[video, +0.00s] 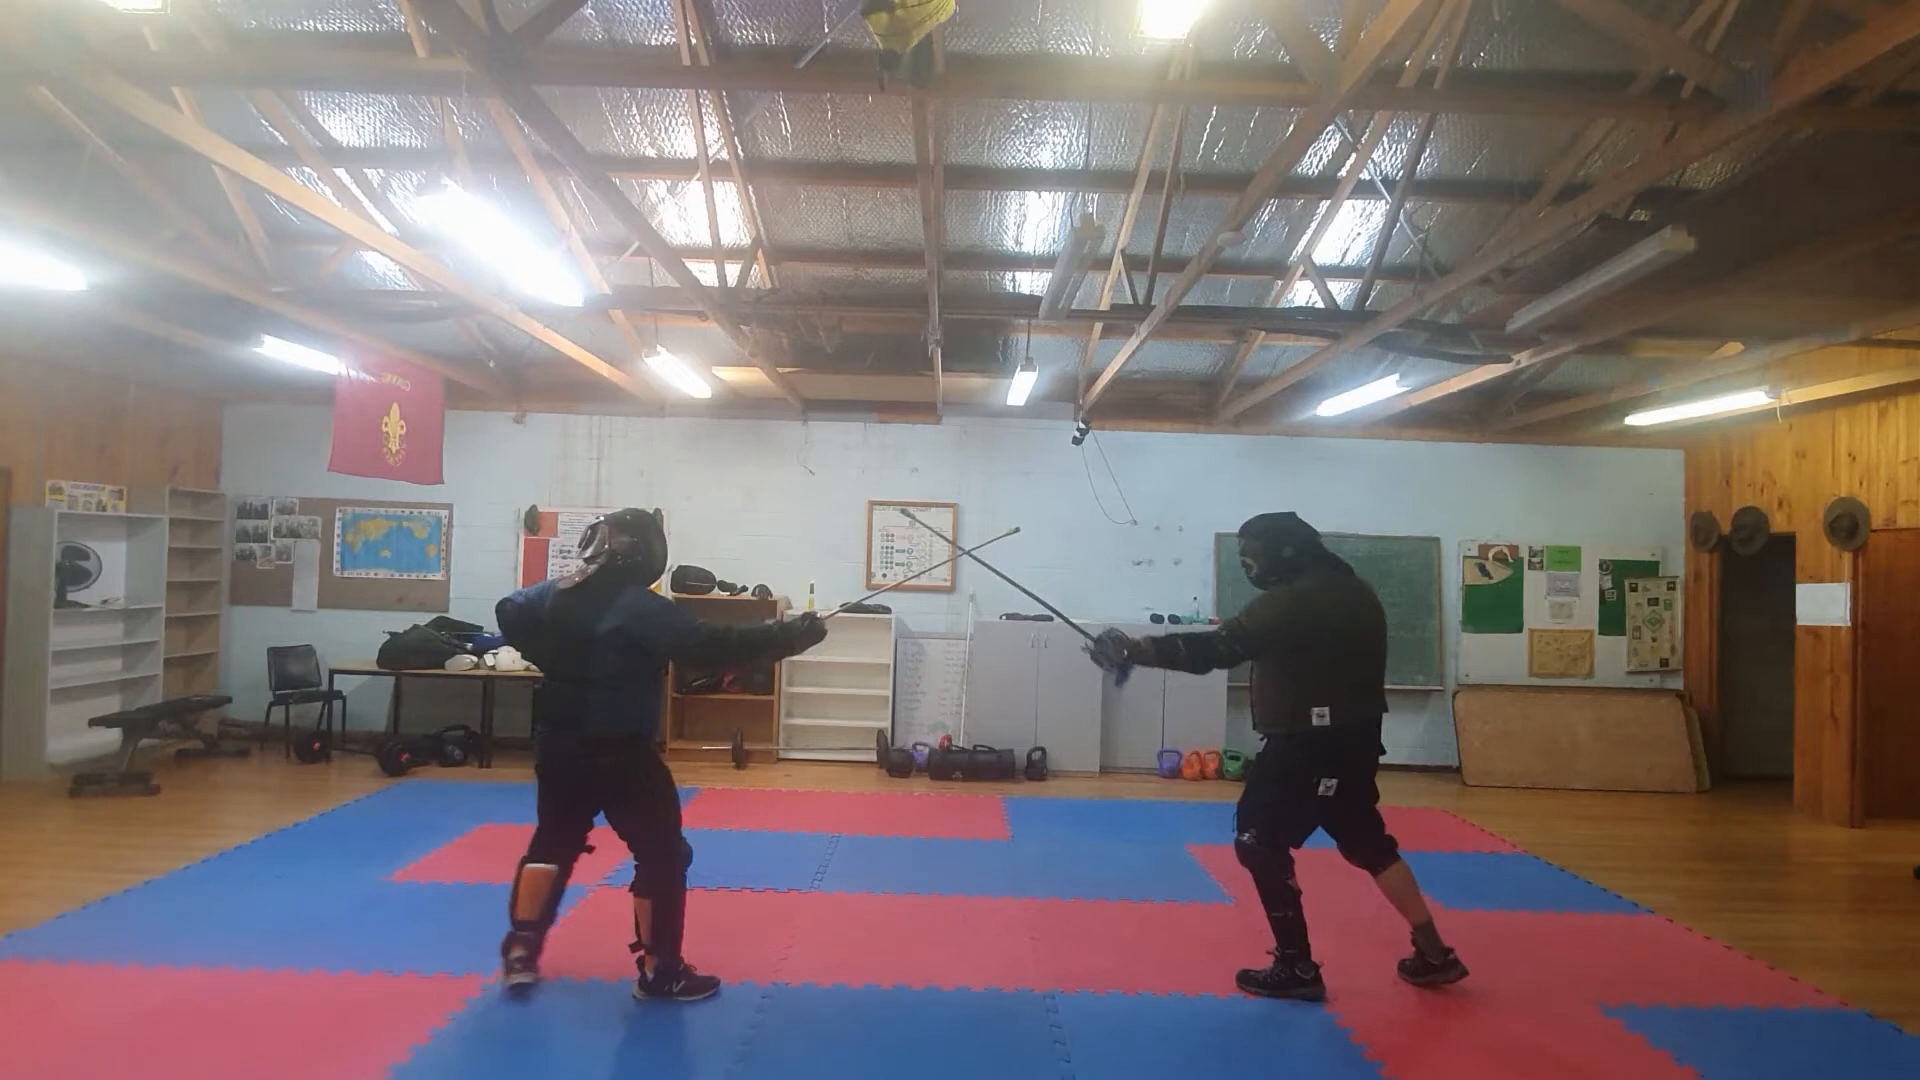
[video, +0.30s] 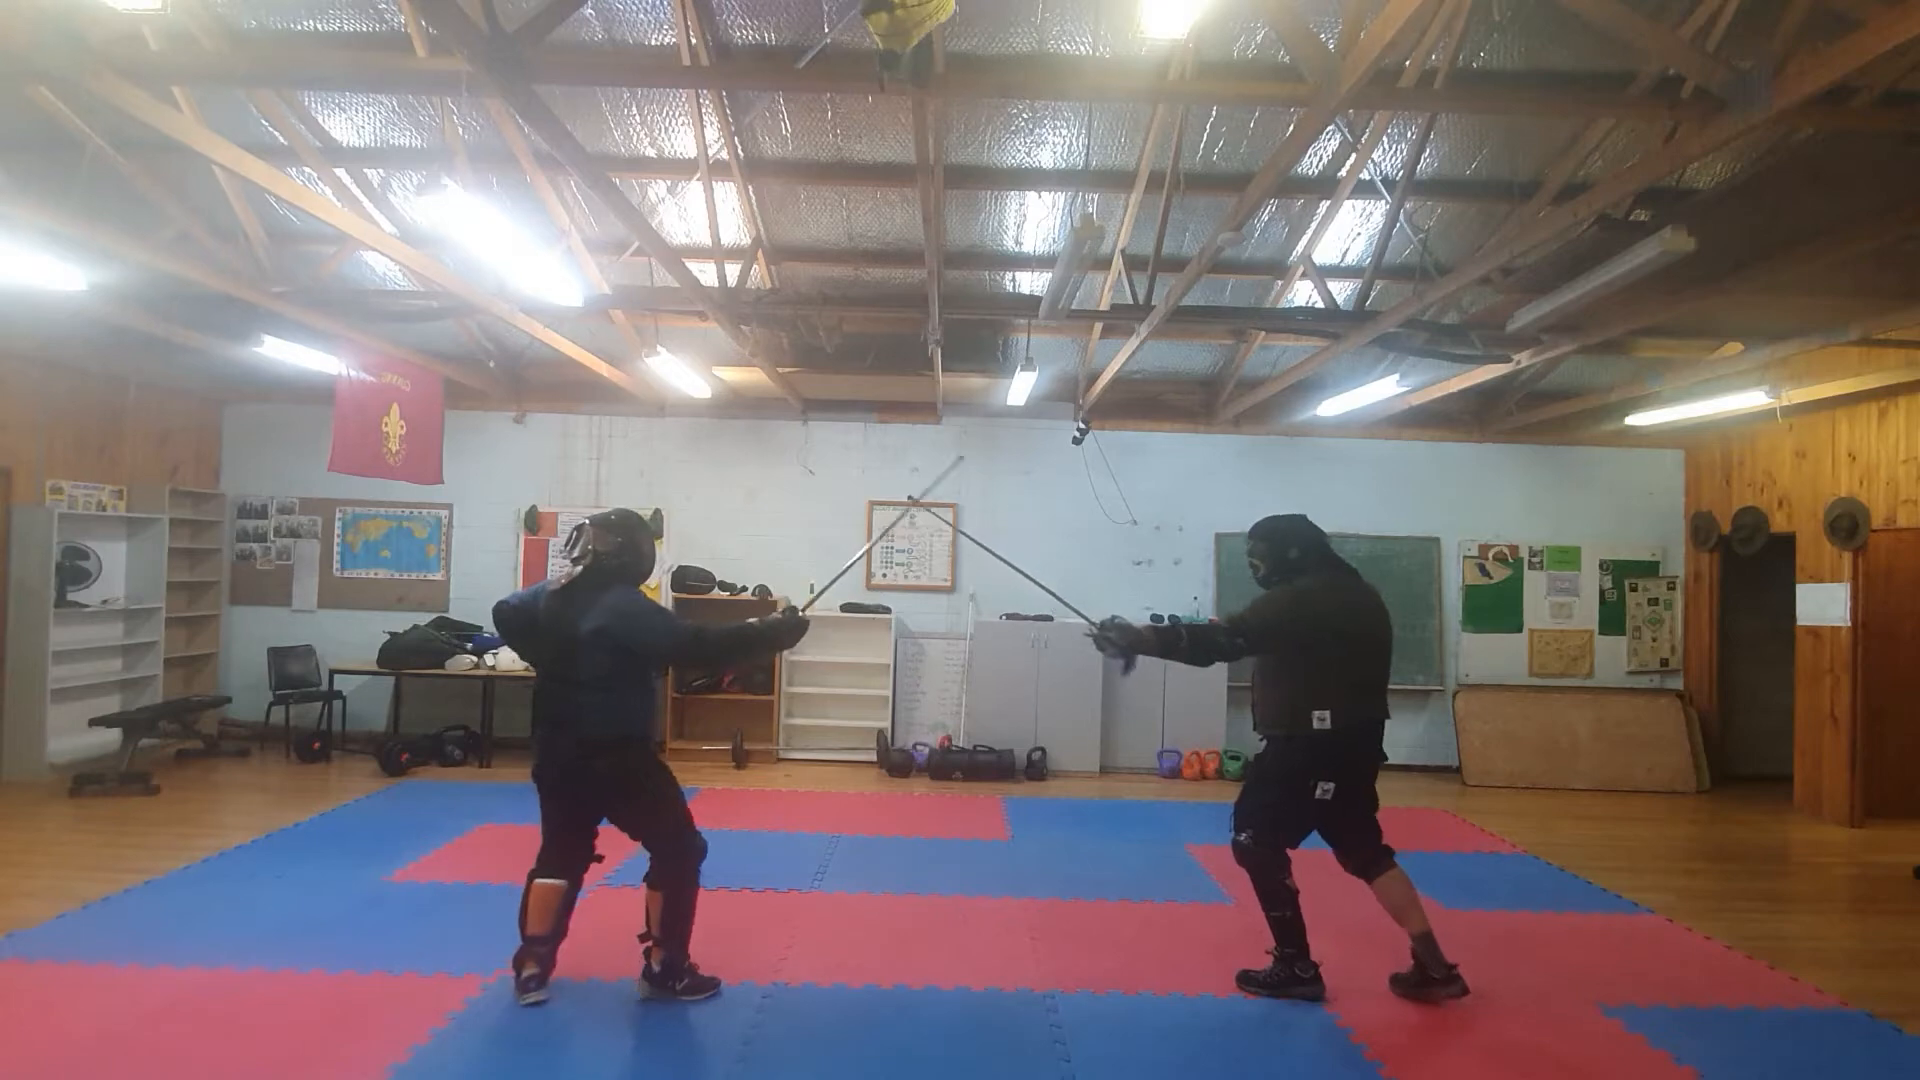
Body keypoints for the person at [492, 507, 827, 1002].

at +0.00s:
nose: (659, 566)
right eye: (657, 558)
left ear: (599, 549)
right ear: (649, 559)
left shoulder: (558, 602)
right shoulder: (645, 609)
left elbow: (508, 610)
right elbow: (714, 643)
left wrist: (549, 655)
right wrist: (797, 632)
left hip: (559, 757)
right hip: (625, 758)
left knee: (554, 840)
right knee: (662, 852)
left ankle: (520, 954)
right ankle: (661, 969)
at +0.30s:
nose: (650, 566)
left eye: (650, 557)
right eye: (647, 556)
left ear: (591, 552)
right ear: (632, 556)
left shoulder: (552, 607)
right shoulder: (630, 610)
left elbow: (505, 610)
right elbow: (701, 644)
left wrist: (548, 585)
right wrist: (779, 630)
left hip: (557, 764)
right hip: (624, 763)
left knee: (561, 851)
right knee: (678, 847)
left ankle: (532, 966)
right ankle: (667, 967)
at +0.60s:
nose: (662, 560)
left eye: (660, 552)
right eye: (658, 552)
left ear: (603, 550)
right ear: (647, 554)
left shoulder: (566, 604)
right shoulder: (643, 609)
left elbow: (520, 621)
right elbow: (697, 648)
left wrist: (564, 662)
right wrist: (785, 639)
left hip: (570, 766)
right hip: (632, 769)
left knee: (568, 855)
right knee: (663, 865)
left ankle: (535, 962)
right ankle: (705, 969)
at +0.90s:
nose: (697, 560)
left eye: (695, 551)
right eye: (694, 550)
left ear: (635, 548)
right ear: (682, 550)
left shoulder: (597, 602)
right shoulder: (674, 601)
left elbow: (549, 619)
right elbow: (708, 662)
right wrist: (782, 660)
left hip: (609, 762)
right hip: (675, 762)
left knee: (583, 855)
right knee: (714, 858)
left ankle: (540, 962)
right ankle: (720, 973)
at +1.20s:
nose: (706, 569)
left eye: (705, 558)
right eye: (702, 558)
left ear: (646, 554)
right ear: (684, 558)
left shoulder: (608, 602)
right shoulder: (664, 605)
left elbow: (560, 637)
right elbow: (643, 668)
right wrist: (709, 676)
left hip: (616, 765)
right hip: (671, 763)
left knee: (595, 859)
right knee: (743, 846)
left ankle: (544, 968)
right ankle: (748, 969)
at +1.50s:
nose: (756, 580)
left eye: (755, 570)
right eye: (755, 569)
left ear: (694, 559)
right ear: (742, 569)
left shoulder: (658, 615)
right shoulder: (728, 623)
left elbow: (624, 638)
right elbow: (749, 705)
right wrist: (831, 692)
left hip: (664, 775)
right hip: (728, 778)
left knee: (625, 866)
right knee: (774, 867)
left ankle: (560, 963)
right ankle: (782, 982)